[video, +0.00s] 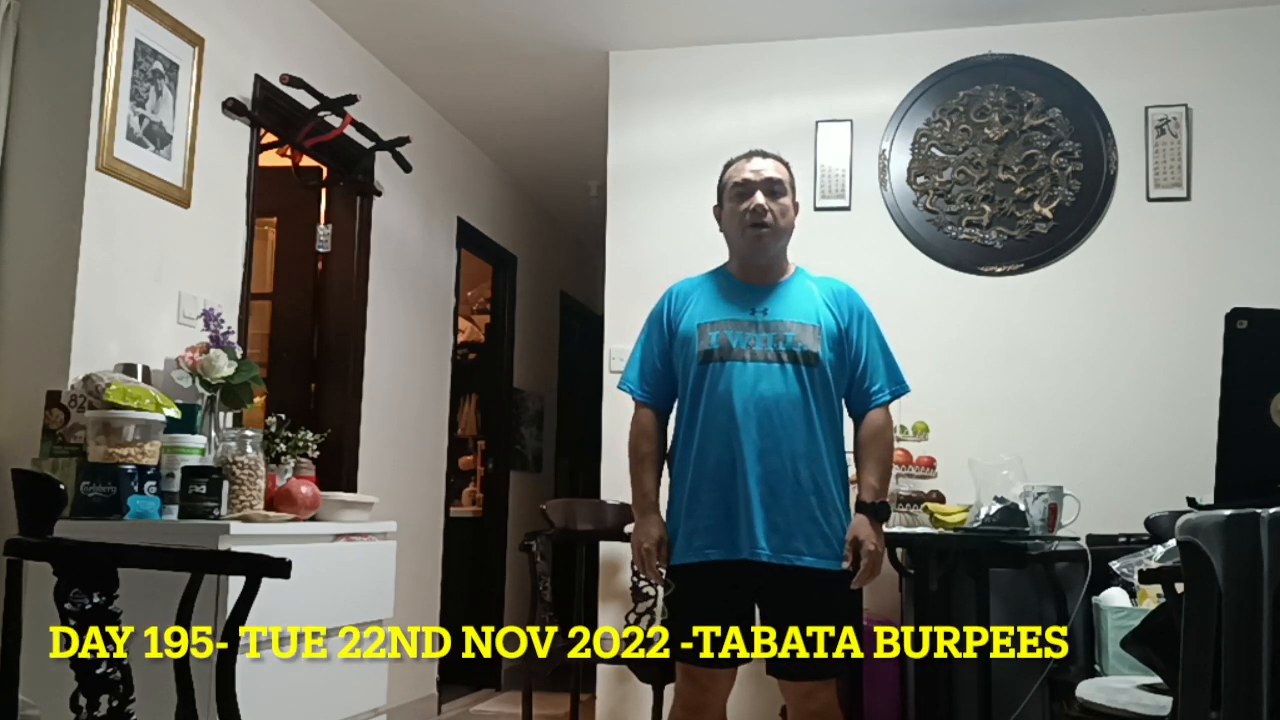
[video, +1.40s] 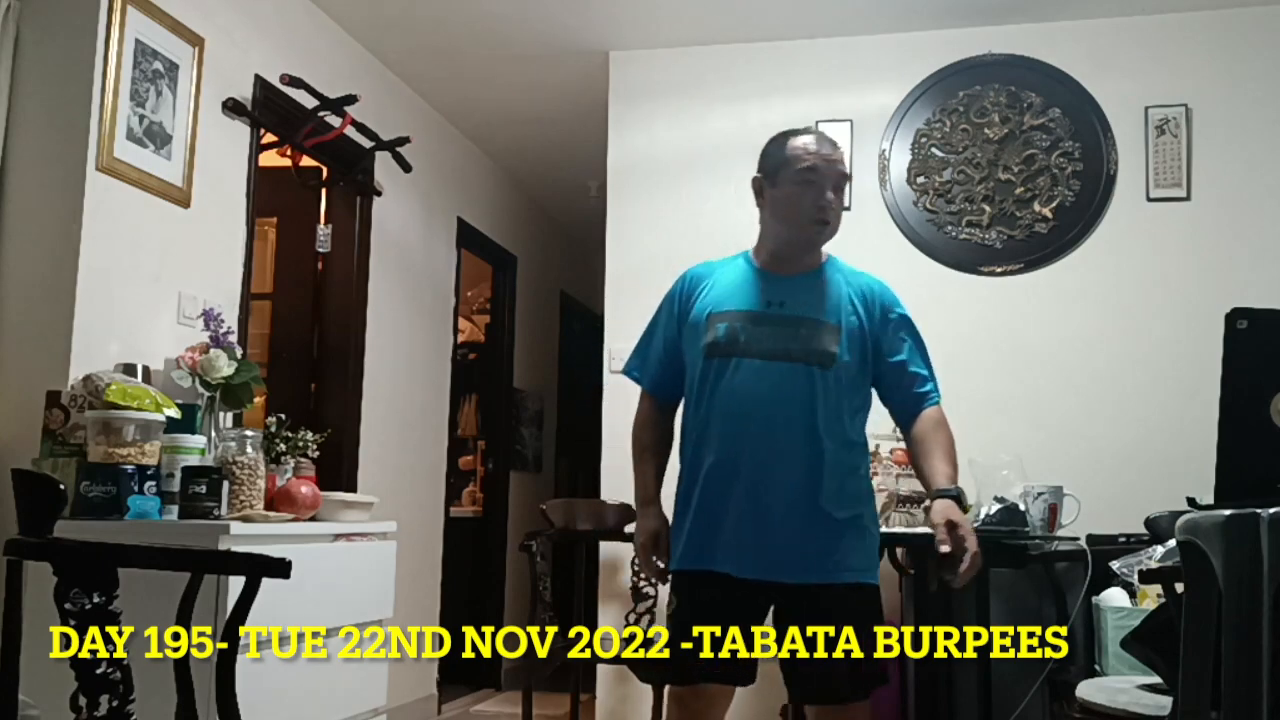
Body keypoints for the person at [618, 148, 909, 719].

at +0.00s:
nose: (758, 200)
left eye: (774, 190)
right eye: (742, 191)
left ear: (795, 213)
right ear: (719, 216)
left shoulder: (839, 304)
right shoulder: (682, 302)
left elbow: (875, 411)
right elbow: (647, 412)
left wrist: (870, 511)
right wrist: (645, 513)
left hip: (811, 545)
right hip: (706, 542)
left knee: (815, 701)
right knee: (699, 696)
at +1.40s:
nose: (828, 197)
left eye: (838, 185)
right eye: (809, 180)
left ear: (847, 200)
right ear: (761, 191)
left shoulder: (871, 301)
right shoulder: (699, 289)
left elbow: (921, 408)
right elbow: (655, 406)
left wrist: (945, 495)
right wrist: (648, 508)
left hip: (833, 559)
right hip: (716, 549)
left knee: (840, 710)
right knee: (692, 705)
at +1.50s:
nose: (874, 189)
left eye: (885, 175)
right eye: (856, 166)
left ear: (893, 188)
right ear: (804, 173)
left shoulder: (907, 294)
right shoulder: (731, 269)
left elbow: (964, 397)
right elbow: (683, 387)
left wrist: (994, 480)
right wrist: (674, 488)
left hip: (853, 550)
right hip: (736, 535)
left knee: (851, 709)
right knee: (694, 696)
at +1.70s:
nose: (944, 185)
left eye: (957, 171)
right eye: (926, 161)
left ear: (961, 181)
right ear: (871, 160)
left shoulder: (961, 292)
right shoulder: (778, 246)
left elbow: (1037, 381)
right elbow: (718, 356)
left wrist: (1099, 449)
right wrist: (700, 465)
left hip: (873, 559)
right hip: (756, 533)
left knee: (862, 711)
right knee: (715, 698)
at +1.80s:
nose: (966, 192)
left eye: (979, 176)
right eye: (949, 166)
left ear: (986, 183)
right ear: (891, 159)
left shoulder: (980, 295)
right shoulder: (793, 240)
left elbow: (1062, 379)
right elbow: (726, 349)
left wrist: (1135, 444)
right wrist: (706, 460)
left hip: (880, 570)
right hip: (762, 540)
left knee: (861, 714)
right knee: (726, 706)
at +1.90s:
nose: (982, 192)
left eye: (996, 176)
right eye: (966, 165)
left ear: (1004, 186)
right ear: (908, 158)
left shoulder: (992, 296)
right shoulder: (802, 237)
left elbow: (1074, 380)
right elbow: (732, 343)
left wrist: (1155, 450)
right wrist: (710, 457)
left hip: (885, 573)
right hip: (766, 540)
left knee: (872, 712)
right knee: (727, 702)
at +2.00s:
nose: (990, 190)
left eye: (1004, 174)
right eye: (973, 163)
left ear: (1011, 184)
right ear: (914, 158)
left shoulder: (1000, 297)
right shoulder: (806, 235)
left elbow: (1079, 386)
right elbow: (736, 341)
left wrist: (1155, 461)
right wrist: (713, 456)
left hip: (890, 572)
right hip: (769, 537)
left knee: (873, 714)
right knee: (727, 702)